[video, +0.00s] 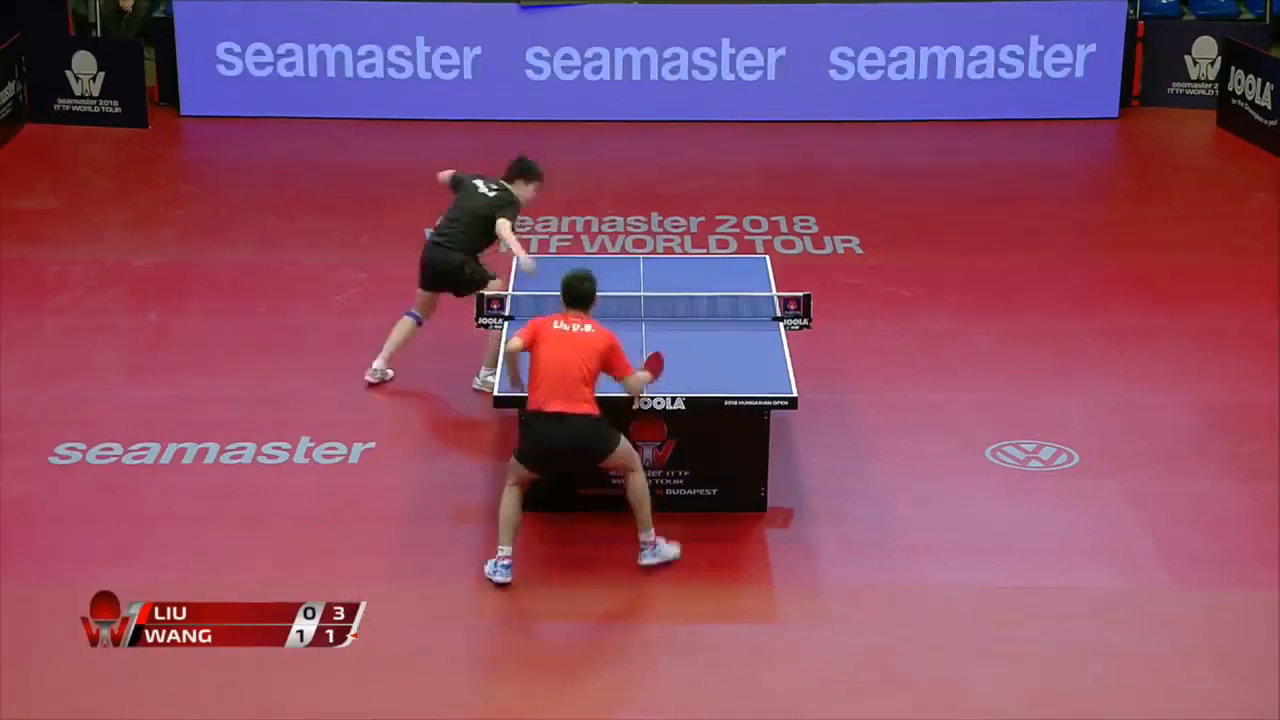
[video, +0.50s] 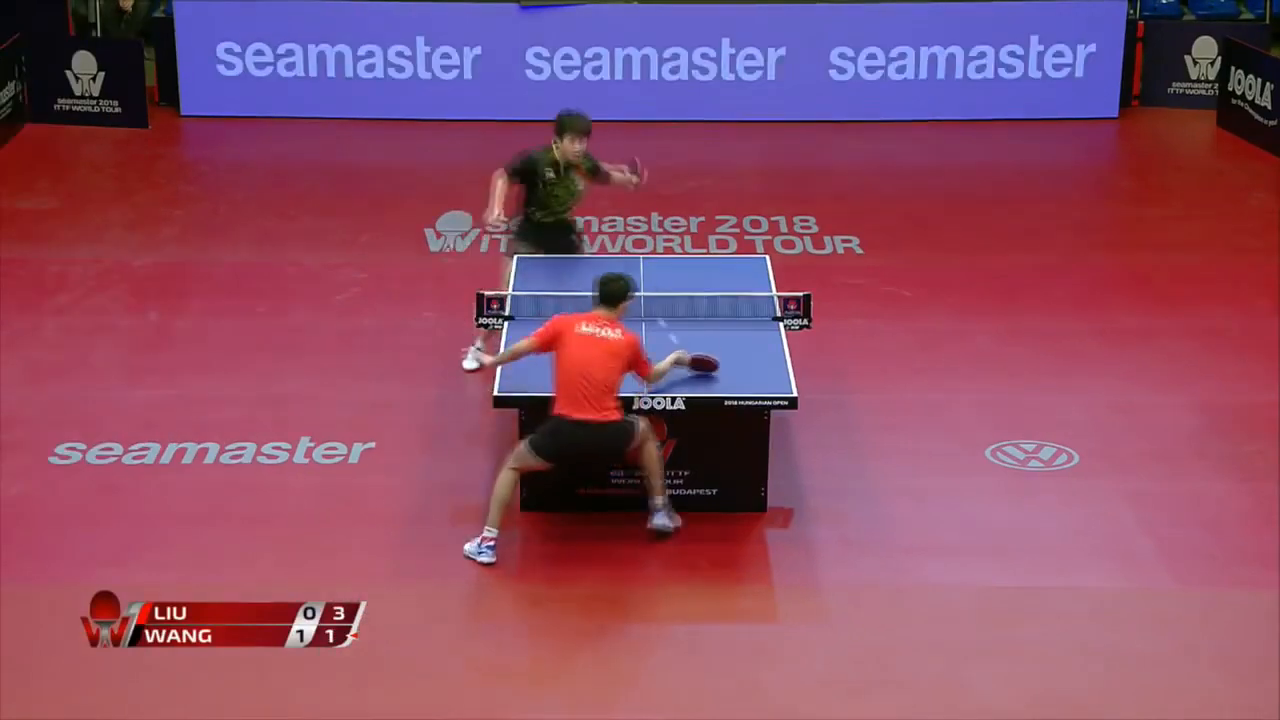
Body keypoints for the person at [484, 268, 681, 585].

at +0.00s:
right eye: (592, 297)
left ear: (562, 299)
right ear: (593, 301)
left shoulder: (540, 325)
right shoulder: (602, 336)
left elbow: (511, 347)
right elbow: (632, 386)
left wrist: (516, 382)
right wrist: (644, 375)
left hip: (540, 425)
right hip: (585, 425)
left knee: (515, 483)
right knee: (632, 466)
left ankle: (503, 561)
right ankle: (649, 544)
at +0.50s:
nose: (628, 306)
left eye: (627, 300)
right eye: (628, 301)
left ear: (596, 298)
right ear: (623, 303)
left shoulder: (564, 324)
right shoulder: (628, 340)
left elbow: (521, 349)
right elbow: (652, 377)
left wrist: (491, 360)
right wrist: (674, 359)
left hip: (564, 429)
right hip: (609, 432)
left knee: (512, 465)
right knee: (645, 432)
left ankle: (486, 542)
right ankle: (660, 512)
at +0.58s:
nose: (646, 306)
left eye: (645, 299)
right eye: (646, 300)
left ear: (615, 294)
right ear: (638, 301)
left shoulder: (584, 320)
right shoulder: (644, 335)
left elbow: (547, 348)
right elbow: (659, 367)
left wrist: (506, 360)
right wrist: (676, 349)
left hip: (582, 423)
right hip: (626, 425)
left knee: (525, 469)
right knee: (656, 441)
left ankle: (485, 540)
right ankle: (679, 505)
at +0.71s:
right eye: (659, 302)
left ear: (630, 303)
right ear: (659, 309)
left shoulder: (619, 329)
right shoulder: (664, 337)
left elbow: (599, 357)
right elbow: (664, 335)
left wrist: (547, 372)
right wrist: (669, 328)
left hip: (620, 426)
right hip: (657, 428)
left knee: (552, 472)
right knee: (672, 453)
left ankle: (501, 537)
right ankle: (697, 512)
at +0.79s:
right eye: (663, 303)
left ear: (632, 303)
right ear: (662, 309)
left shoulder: (622, 326)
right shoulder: (667, 340)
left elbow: (602, 344)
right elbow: (663, 370)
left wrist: (556, 358)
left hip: (629, 427)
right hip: (667, 428)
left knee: (562, 470)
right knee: (674, 452)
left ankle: (535, 550)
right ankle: (698, 513)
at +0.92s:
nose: (622, 299)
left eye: (623, 295)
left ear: (623, 298)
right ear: (652, 302)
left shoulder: (613, 318)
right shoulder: (665, 333)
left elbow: (603, 336)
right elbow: (681, 374)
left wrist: (565, 370)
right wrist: (651, 363)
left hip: (626, 420)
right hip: (667, 419)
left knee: (565, 474)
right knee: (682, 459)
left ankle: (542, 555)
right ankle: (705, 520)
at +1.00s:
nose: (610, 306)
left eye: (612, 302)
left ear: (614, 306)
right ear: (645, 308)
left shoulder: (607, 335)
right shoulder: (665, 341)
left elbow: (610, 370)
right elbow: (690, 382)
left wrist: (573, 408)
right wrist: (658, 368)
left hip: (625, 434)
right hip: (668, 432)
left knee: (564, 488)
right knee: (684, 466)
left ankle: (538, 564)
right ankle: (720, 538)